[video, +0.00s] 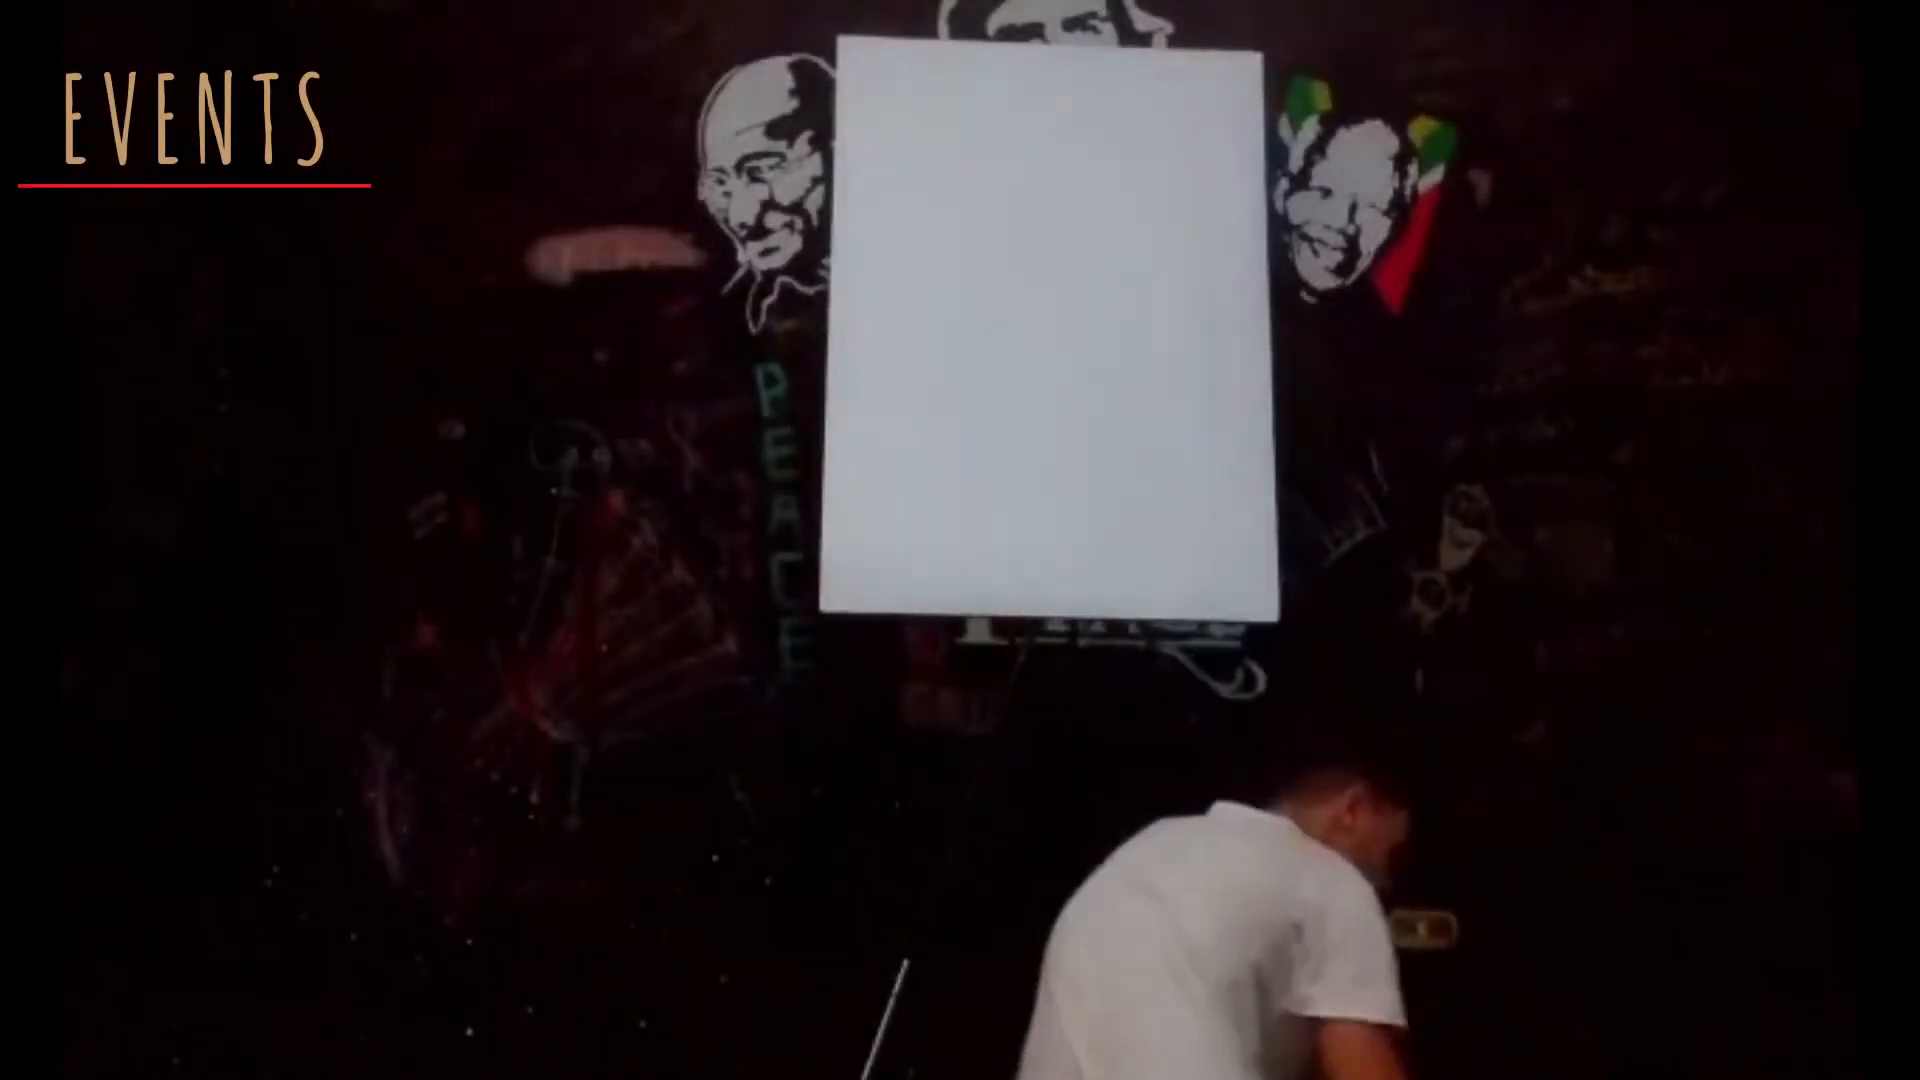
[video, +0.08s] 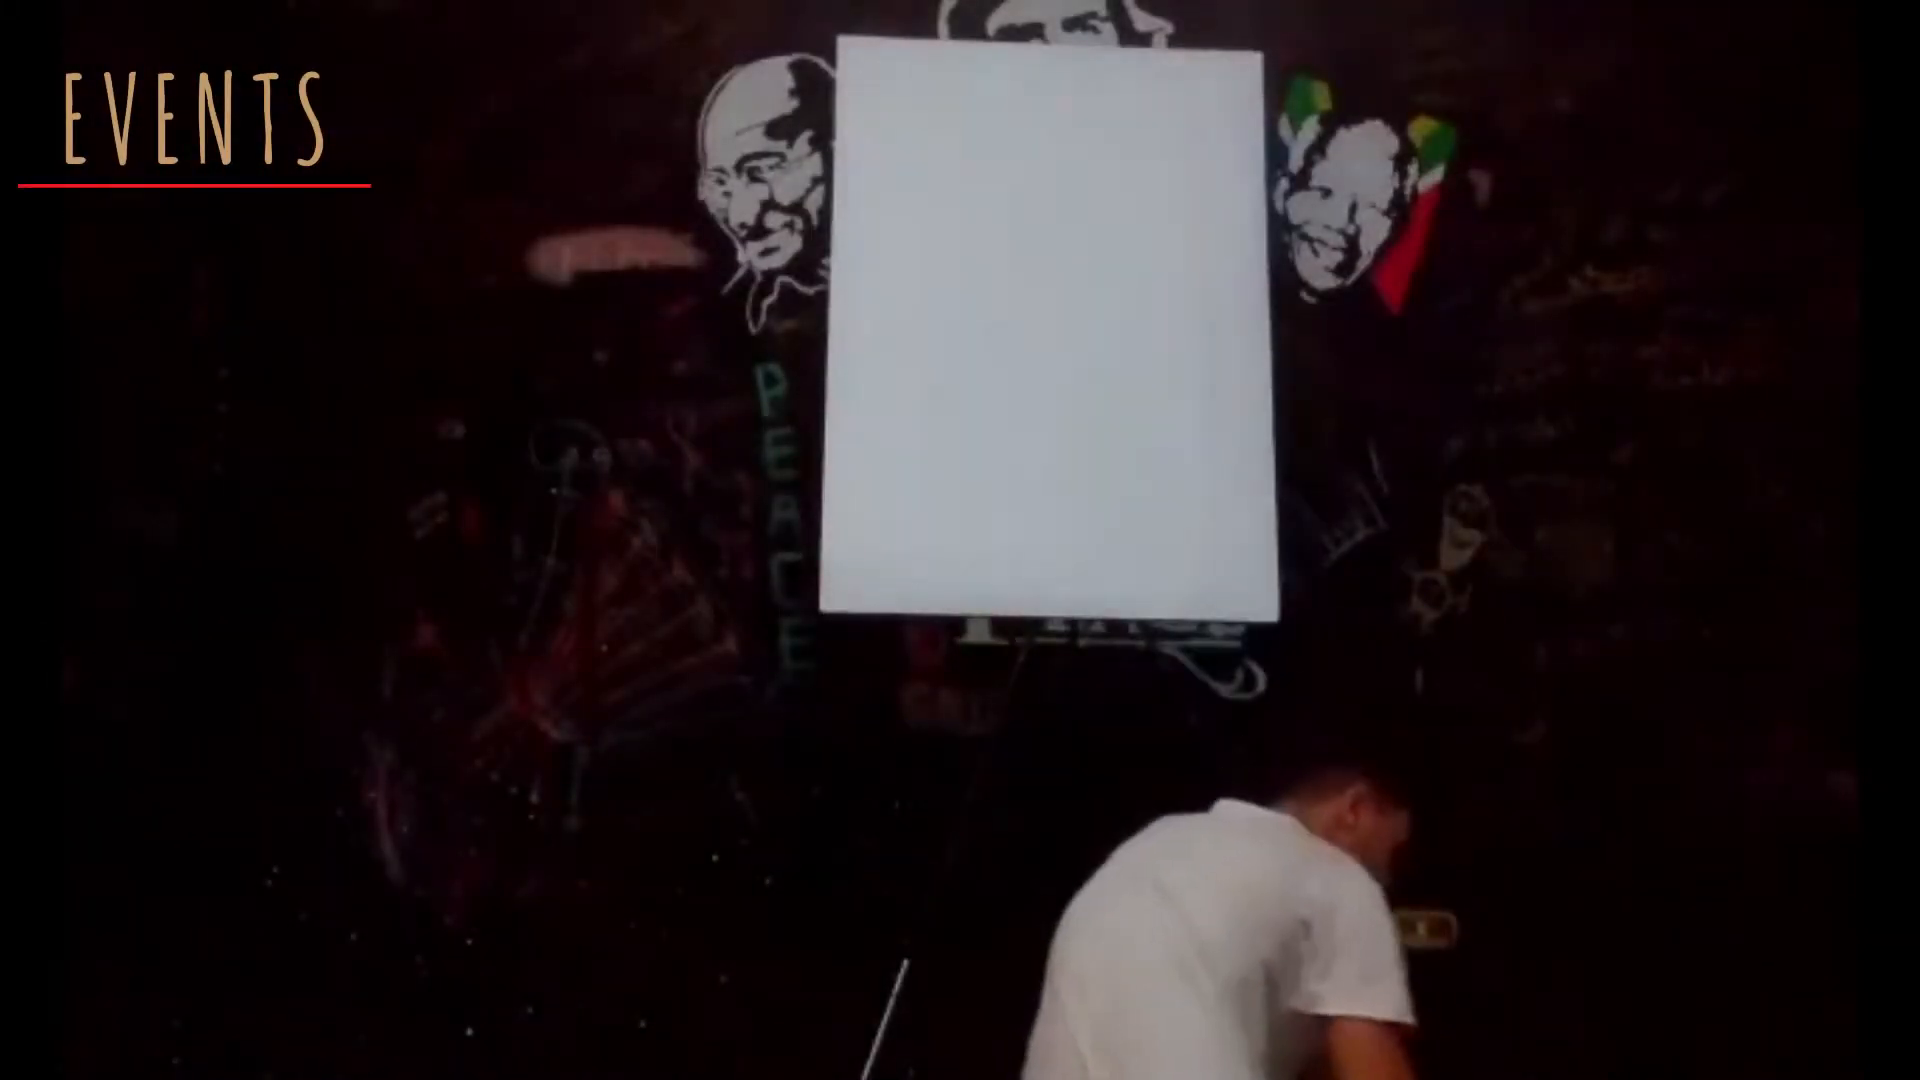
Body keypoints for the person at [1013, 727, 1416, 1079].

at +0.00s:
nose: (1381, 879)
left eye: (1391, 857)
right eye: (1388, 851)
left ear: (1289, 798)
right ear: (1351, 812)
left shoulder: (1161, 837)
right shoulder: (1328, 885)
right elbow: (1360, 1064)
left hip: (1050, 1063)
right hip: (1176, 1059)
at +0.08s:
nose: (1384, 872)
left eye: (1394, 853)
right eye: (1392, 847)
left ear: (1291, 796)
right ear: (1354, 811)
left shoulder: (1165, 833)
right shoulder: (1334, 883)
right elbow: (1370, 1063)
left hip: (1055, 1062)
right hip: (1181, 1059)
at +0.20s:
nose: (1390, 871)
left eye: (1401, 857)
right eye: (1398, 850)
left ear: (1298, 796)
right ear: (1365, 812)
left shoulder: (1163, 836)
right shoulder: (1354, 884)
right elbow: (1379, 1064)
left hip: (1066, 1062)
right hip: (1210, 1058)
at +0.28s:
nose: (1401, 874)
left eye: (1410, 859)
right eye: (1407, 852)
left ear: (1306, 801)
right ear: (1379, 812)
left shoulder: (1174, 832)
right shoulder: (1367, 888)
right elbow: (1387, 1066)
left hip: (1068, 1064)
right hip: (1218, 1061)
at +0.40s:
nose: (1419, 873)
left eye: (1430, 859)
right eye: (1426, 852)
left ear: (1326, 800)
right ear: (1396, 813)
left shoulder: (1189, 830)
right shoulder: (1387, 892)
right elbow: (1405, 1068)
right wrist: (1426, 959)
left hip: (1079, 1067)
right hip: (1236, 1063)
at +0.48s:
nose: (1429, 873)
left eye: (1439, 858)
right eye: (1435, 852)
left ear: (1333, 802)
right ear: (1405, 814)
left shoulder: (1194, 828)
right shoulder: (1396, 893)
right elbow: (1417, 1065)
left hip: (1085, 1066)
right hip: (1247, 1062)